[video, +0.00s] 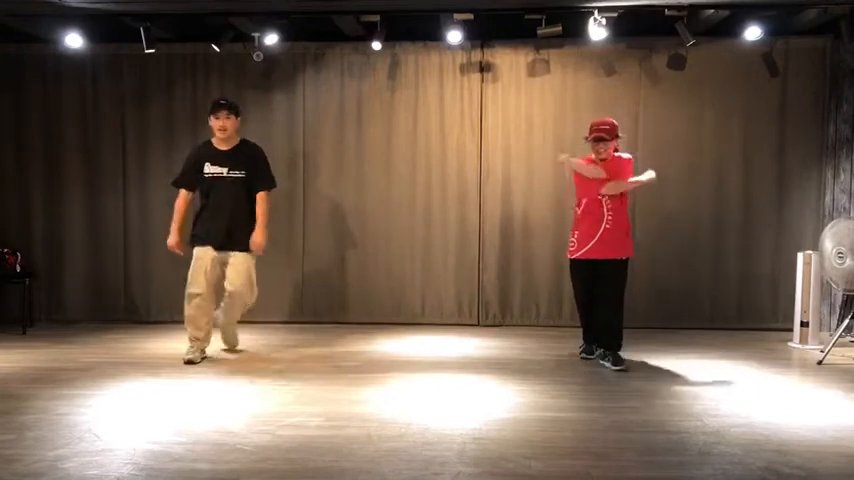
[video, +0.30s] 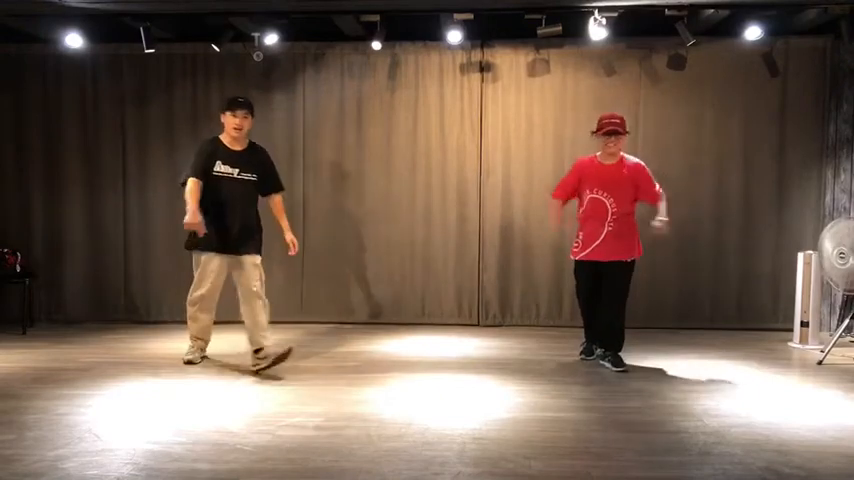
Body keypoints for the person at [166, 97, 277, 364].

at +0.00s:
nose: (222, 123)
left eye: (228, 117)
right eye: (217, 118)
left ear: (238, 121)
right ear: (210, 122)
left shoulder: (253, 153)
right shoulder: (200, 153)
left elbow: (262, 195)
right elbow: (184, 193)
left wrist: (260, 231)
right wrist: (175, 232)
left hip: (241, 239)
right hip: (207, 238)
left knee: (242, 291)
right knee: (198, 293)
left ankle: (227, 323)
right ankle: (196, 344)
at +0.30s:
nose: (239, 122)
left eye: (245, 117)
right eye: (234, 116)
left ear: (251, 122)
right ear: (223, 118)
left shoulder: (259, 155)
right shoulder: (209, 149)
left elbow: (274, 194)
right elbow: (195, 182)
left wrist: (287, 230)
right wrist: (192, 211)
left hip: (247, 239)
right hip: (212, 237)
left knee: (253, 294)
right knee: (203, 293)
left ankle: (260, 349)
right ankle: (197, 345)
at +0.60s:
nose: (283, 118)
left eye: (288, 113)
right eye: (277, 112)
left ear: (293, 119)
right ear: (265, 114)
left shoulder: (296, 156)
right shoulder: (246, 145)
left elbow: (299, 201)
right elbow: (229, 186)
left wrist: (298, 237)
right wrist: (227, 229)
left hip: (283, 241)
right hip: (249, 239)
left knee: (281, 302)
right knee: (238, 295)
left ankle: (272, 358)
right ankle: (214, 338)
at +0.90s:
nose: (315, 115)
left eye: (320, 110)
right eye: (308, 109)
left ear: (324, 115)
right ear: (295, 112)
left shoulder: (327, 150)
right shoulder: (278, 149)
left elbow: (343, 190)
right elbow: (266, 192)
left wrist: (363, 223)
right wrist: (269, 233)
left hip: (317, 238)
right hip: (292, 237)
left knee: (297, 301)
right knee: (315, 295)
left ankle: (274, 360)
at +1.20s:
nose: (363, 115)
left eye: (369, 110)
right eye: (357, 109)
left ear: (374, 115)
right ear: (344, 112)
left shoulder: (375, 150)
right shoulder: (330, 151)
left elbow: (385, 196)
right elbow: (324, 201)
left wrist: (392, 235)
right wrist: (330, 246)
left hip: (371, 243)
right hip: (345, 244)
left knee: (366, 301)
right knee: (355, 306)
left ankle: (307, 341)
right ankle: (366, 372)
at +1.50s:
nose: (420, 111)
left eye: (425, 107)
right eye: (414, 104)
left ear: (429, 112)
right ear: (400, 105)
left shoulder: (423, 150)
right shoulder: (385, 142)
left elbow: (422, 198)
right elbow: (386, 190)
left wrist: (424, 237)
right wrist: (416, 232)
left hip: (418, 244)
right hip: (387, 244)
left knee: (438, 304)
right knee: (380, 311)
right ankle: (371, 372)